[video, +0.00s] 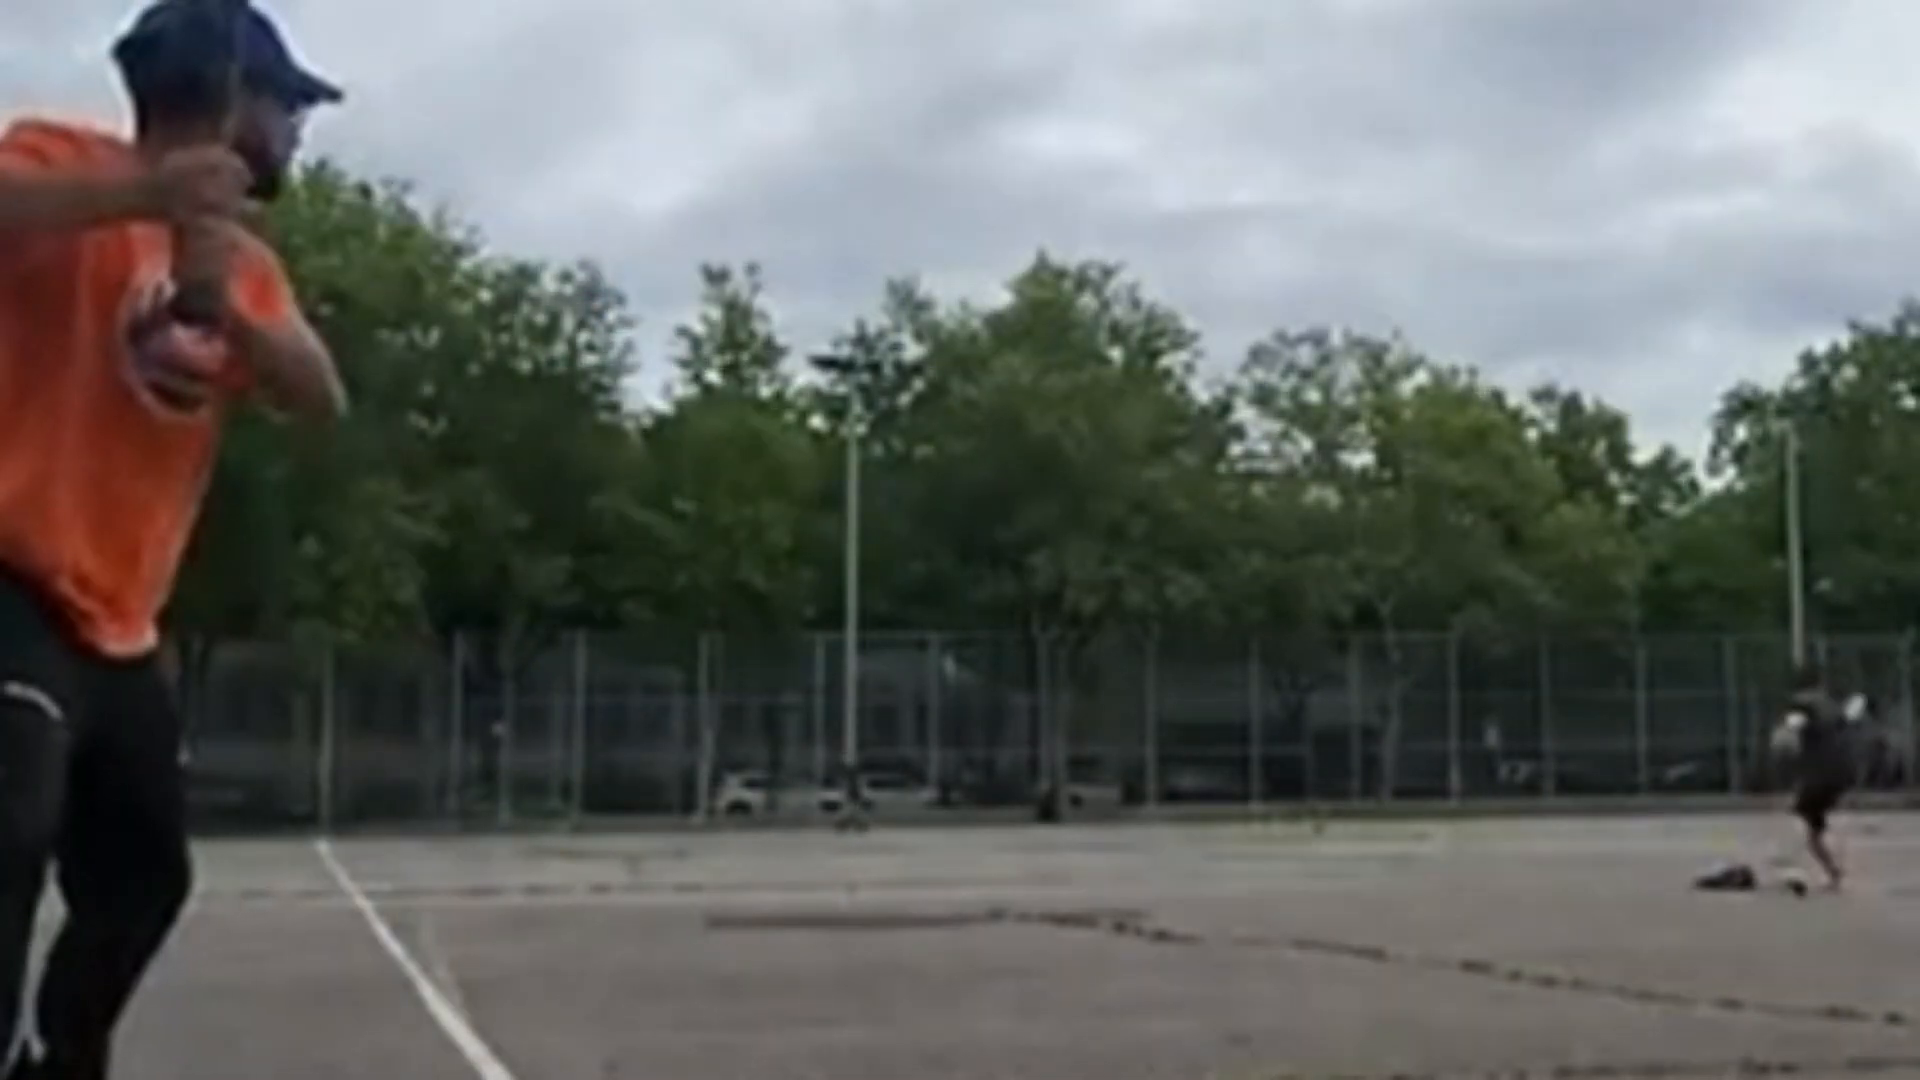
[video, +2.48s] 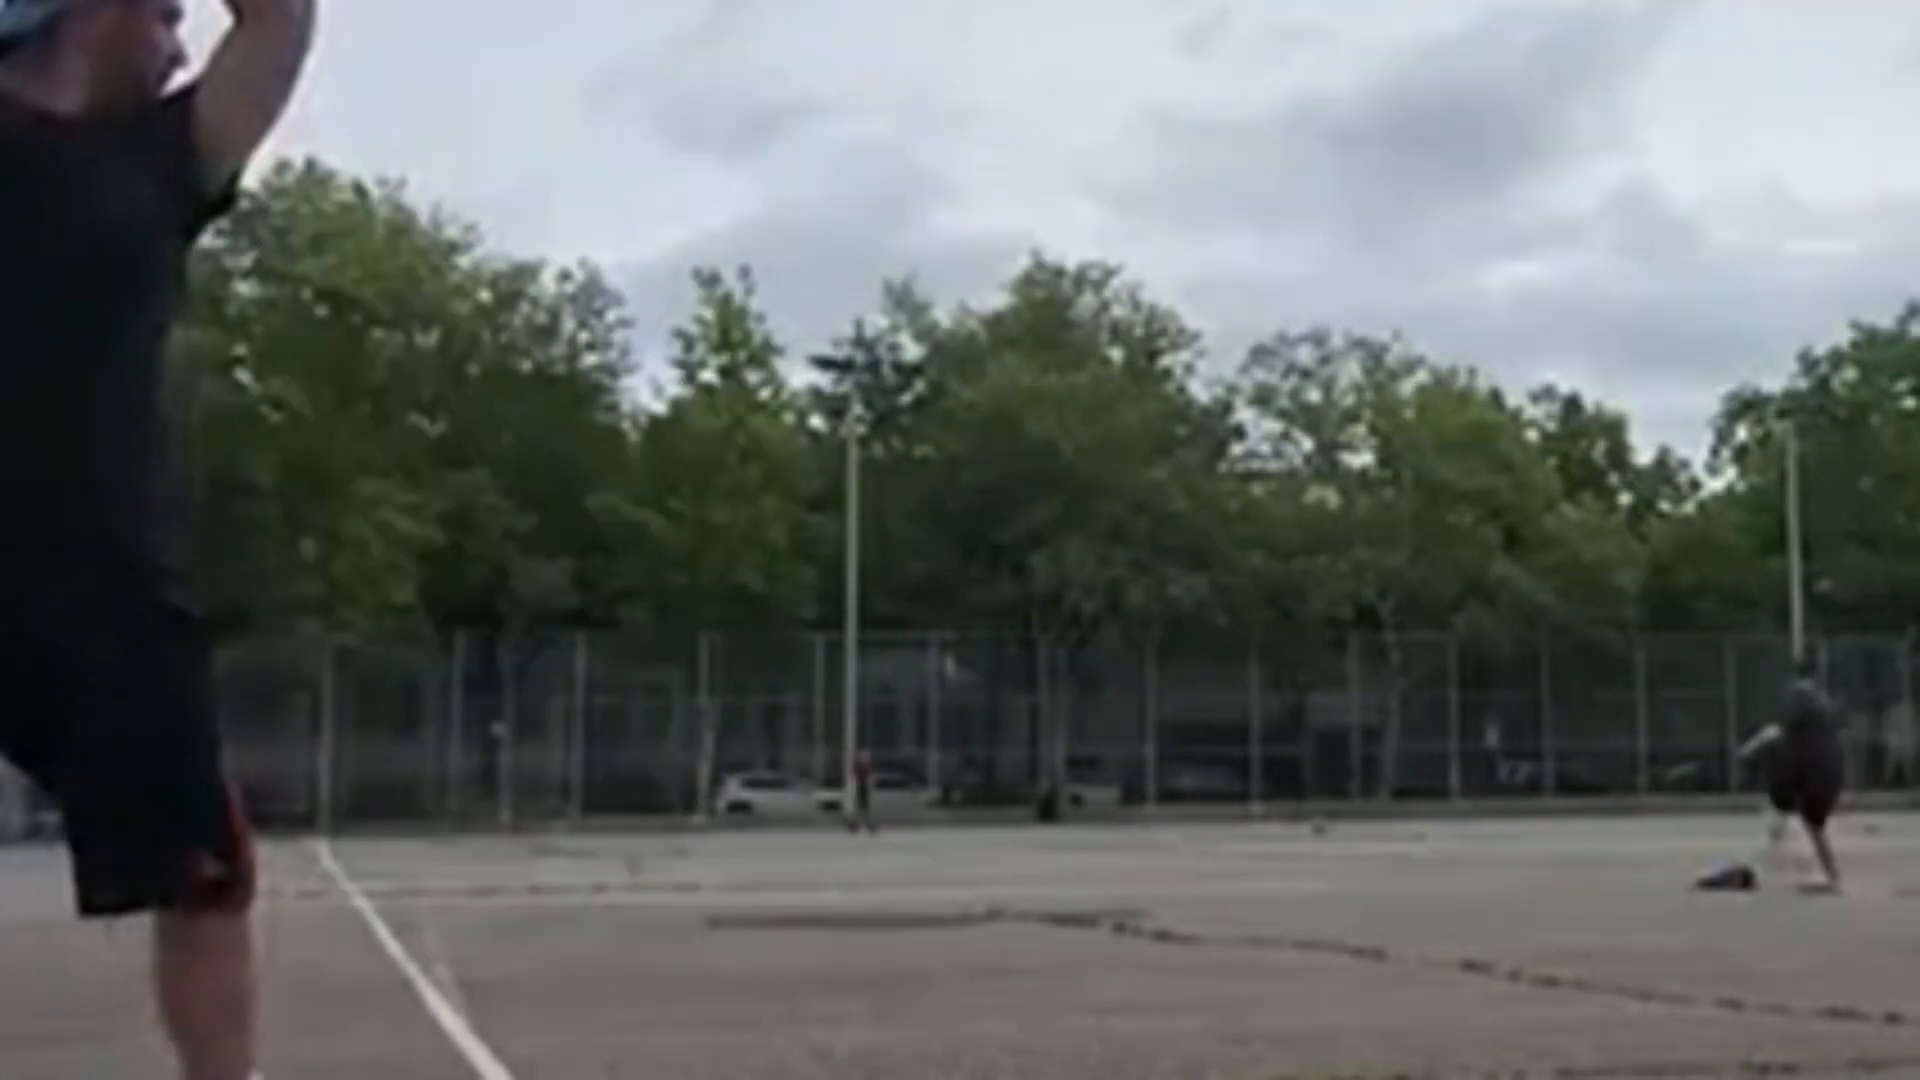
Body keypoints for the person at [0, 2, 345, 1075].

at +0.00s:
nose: (295, 136)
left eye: (296, 110)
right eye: (281, 106)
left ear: (231, 109)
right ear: (219, 97)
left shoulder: (244, 258)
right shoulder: (61, 164)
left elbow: (319, 398)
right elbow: (5, 203)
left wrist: (232, 324)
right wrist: (146, 185)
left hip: (121, 624)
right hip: (14, 590)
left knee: (139, 880)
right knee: (15, 840)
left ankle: (65, 1060)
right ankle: (8, 1051)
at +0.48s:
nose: (388, 119)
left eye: (388, 98)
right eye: (370, 94)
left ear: (311, 107)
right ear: (303, 95)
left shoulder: (345, 253)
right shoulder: (140, 160)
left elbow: (384, 403)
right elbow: (8, 207)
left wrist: (276, 334)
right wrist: (167, 222)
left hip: (201, 593)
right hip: (56, 555)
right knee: (69, 835)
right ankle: (11, 1056)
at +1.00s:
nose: (432, 135)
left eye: (444, 116)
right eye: (417, 104)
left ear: (432, 121)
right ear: (333, 73)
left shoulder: (409, 287)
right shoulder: (172, 188)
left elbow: (387, 482)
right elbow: (27, 347)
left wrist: (302, 475)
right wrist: (206, 381)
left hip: (286, 617)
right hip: (140, 577)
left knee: (365, 873)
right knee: (151, 887)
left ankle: (407, 1060)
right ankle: (27, 1057)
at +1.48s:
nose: (459, 124)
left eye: (473, 106)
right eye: (444, 93)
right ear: (363, 57)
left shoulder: (405, 258)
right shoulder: (207, 153)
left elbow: (383, 446)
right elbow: (36, 315)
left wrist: (347, 488)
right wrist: (243, 408)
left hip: (285, 589)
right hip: (142, 554)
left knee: (342, 849)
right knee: (91, 877)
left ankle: (297, 1061)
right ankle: (20, 1056)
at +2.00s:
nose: (495, 134)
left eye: (506, 118)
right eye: (486, 105)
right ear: (415, 68)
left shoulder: (425, 282)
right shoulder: (277, 151)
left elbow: (419, 468)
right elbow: (145, 329)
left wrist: (471, 650)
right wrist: (259, 526)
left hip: (321, 595)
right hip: (197, 563)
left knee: (301, 857)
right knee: (145, 845)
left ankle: (273, 1051)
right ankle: (39, 1060)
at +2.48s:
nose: (177, 39)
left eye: (177, 23)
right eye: (160, 15)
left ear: (166, 36)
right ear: (94, 12)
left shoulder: (161, 155)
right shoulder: (10, 123)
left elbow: (279, 20)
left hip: (103, 559)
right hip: (25, 554)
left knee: (204, 869)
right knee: (200, 871)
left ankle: (223, 1070)